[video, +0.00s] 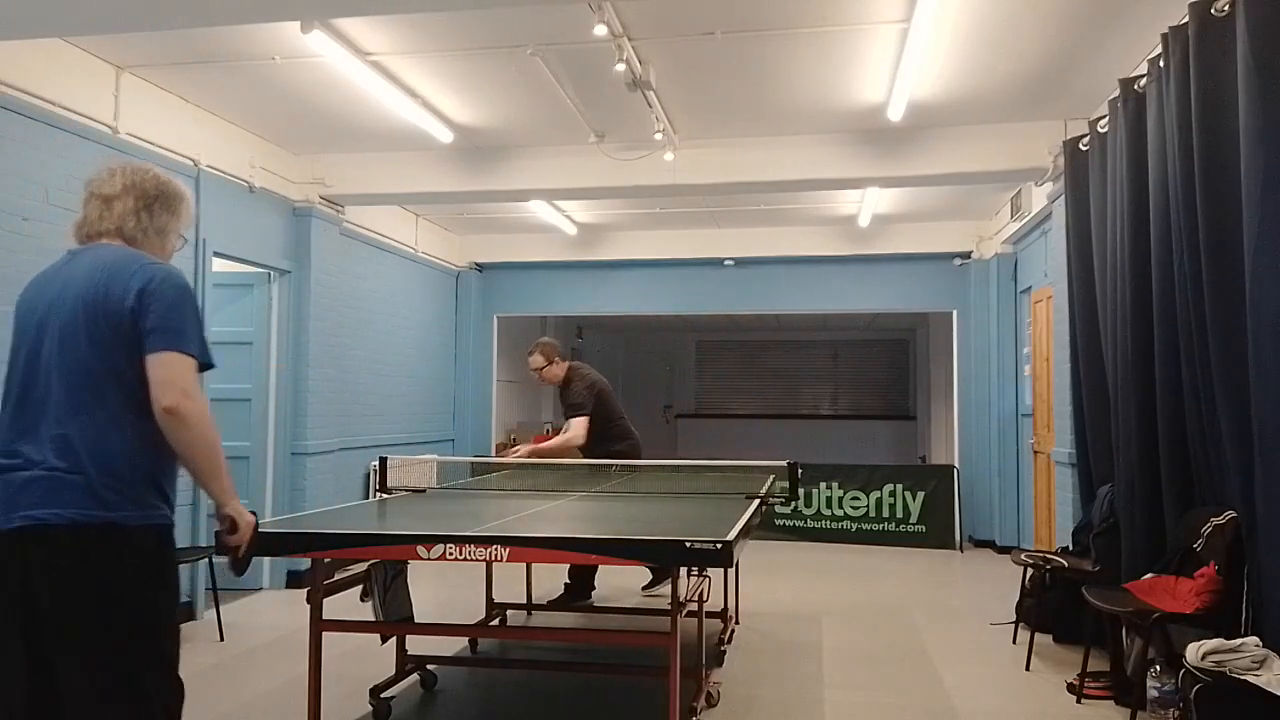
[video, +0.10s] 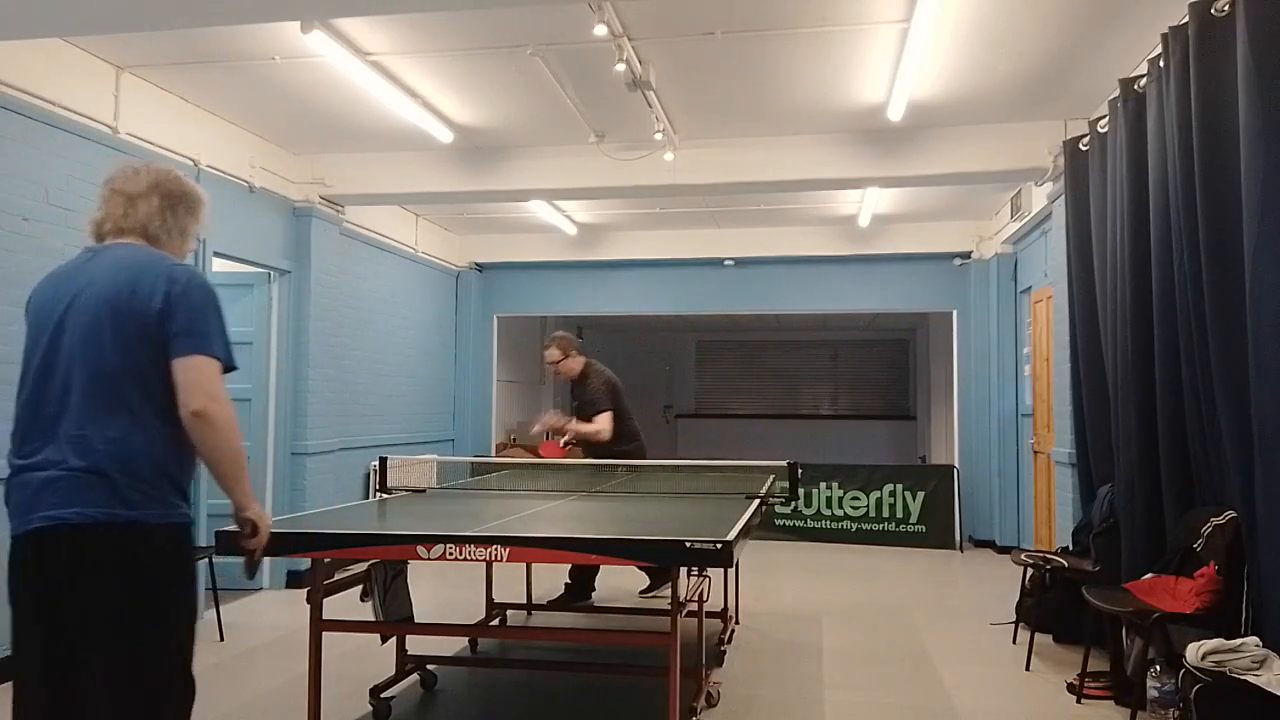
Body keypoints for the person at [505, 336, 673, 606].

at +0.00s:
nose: (538, 376)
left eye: (539, 370)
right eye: (535, 371)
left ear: (556, 362)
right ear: (555, 363)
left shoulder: (580, 382)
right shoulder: (571, 380)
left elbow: (577, 437)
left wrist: (532, 449)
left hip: (618, 458)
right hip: (603, 457)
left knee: (590, 521)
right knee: (602, 521)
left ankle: (579, 589)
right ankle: (661, 560)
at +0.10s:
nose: (553, 371)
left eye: (555, 364)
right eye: (550, 365)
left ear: (572, 356)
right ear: (570, 358)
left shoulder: (597, 379)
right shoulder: (580, 380)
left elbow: (604, 431)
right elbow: (587, 424)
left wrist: (564, 423)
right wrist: (570, 432)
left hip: (623, 464)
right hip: (603, 463)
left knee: (593, 523)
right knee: (602, 523)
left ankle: (580, 589)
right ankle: (658, 567)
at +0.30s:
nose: (593, 360)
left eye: (597, 354)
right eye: (590, 355)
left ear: (615, 347)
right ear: (592, 354)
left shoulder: (643, 375)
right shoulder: (607, 378)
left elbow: (659, 420)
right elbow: (603, 412)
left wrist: (628, 398)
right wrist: (592, 432)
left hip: (646, 468)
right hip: (616, 466)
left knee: (609, 525)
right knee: (636, 525)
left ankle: (586, 587)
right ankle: (663, 576)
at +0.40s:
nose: (609, 358)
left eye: (613, 351)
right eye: (607, 353)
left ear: (631, 344)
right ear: (622, 347)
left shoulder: (658, 372)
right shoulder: (621, 375)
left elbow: (683, 414)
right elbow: (618, 408)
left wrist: (653, 402)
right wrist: (607, 420)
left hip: (660, 467)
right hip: (630, 466)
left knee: (623, 525)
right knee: (648, 525)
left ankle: (597, 587)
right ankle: (665, 582)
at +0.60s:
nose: (637, 346)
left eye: (639, 341)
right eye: (635, 342)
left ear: (657, 335)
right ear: (649, 339)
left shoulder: (685, 365)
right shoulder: (648, 364)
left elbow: (705, 409)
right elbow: (643, 396)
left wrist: (671, 408)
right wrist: (627, 415)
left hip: (679, 460)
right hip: (652, 458)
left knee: (672, 520)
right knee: (652, 519)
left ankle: (673, 584)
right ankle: (661, 579)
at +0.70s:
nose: (652, 345)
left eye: (654, 339)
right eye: (650, 340)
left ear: (672, 333)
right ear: (665, 335)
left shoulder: (695, 364)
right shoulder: (667, 363)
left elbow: (708, 412)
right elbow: (668, 401)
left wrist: (669, 409)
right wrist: (647, 414)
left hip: (688, 458)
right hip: (665, 457)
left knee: (694, 518)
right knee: (661, 519)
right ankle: (665, 580)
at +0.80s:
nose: (665, 346)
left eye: (667, 339)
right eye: (663, 341)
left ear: (684, 335)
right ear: (682, 337)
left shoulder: (706, 366)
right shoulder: (683, 365)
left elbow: (712, 415)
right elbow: (687, 407)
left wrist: (673, 410)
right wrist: (664, 414)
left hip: (699, 461)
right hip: (678, 459)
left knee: (704, 524)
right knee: (668, 520)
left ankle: (752, 570)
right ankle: (665, 580)